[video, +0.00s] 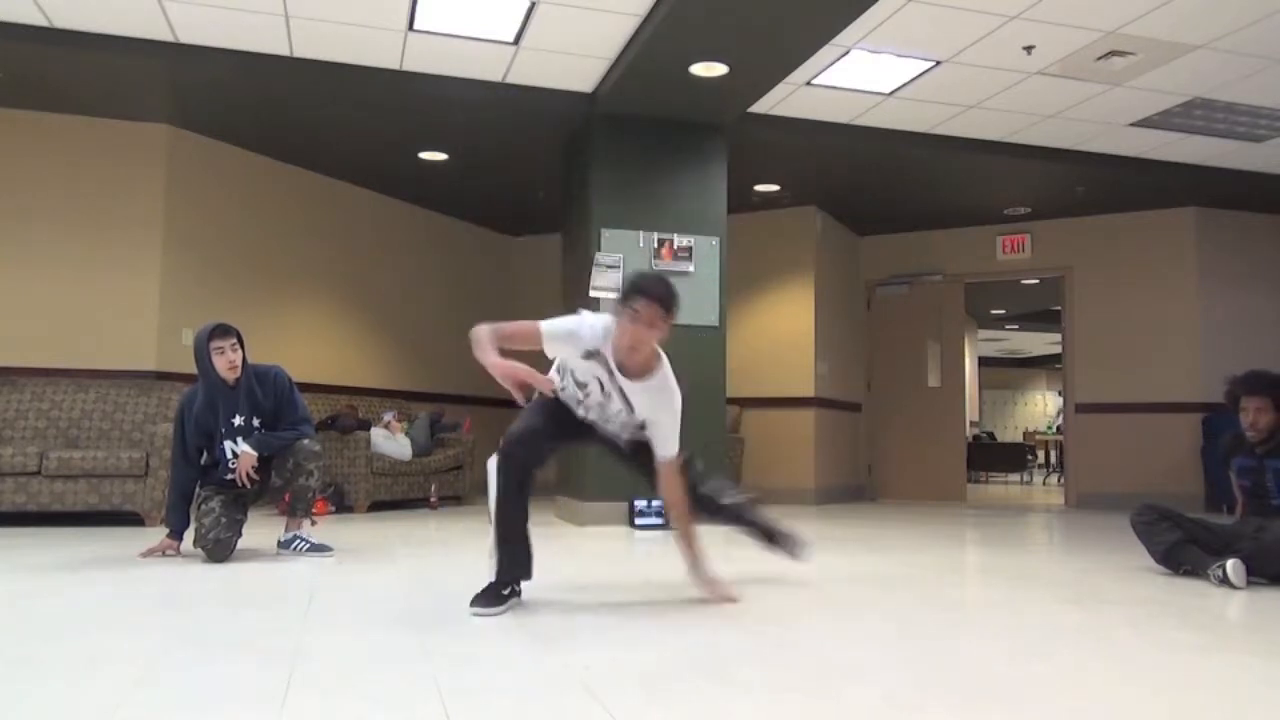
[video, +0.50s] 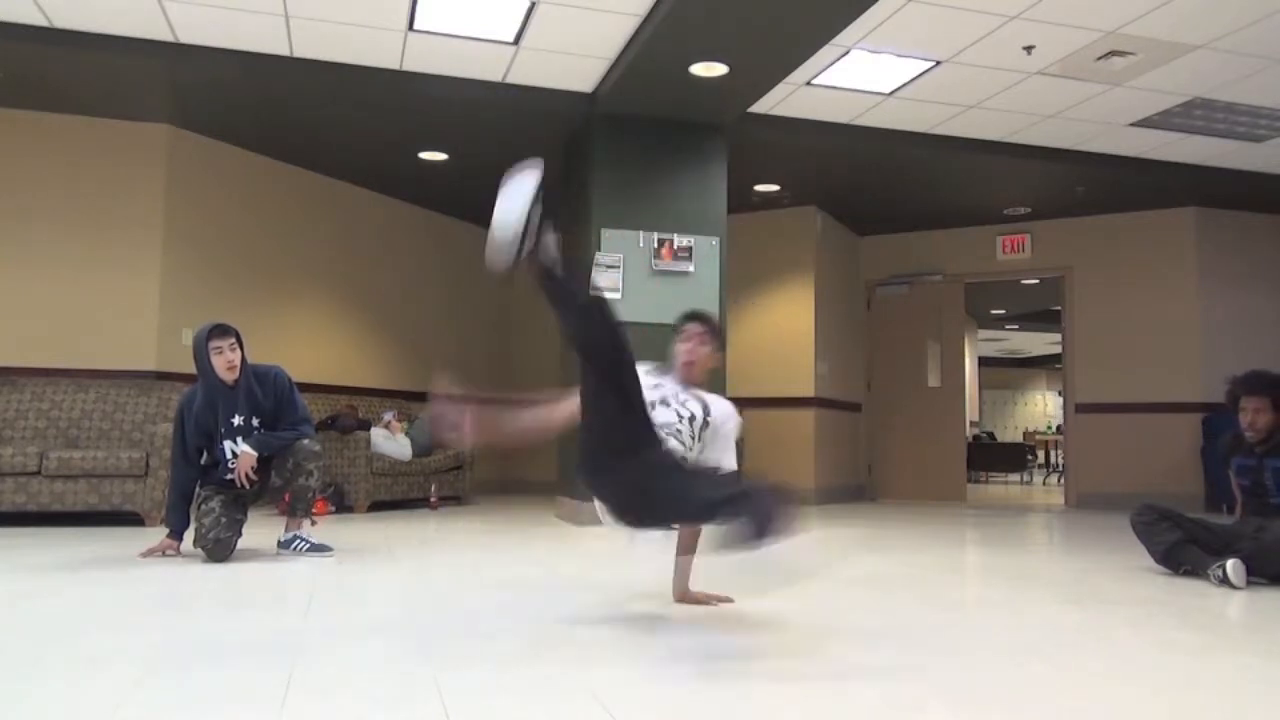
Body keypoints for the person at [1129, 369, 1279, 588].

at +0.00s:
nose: (1251, 420)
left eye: (1261, 411)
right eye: (1245, 411)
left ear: (1277, 414)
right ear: (1237, 414)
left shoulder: (1275, 452)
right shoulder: (1235, 450)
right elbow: (1242, 502)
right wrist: (1236, 533)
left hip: (1271, 535)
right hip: (1240, 533)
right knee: (1145, 514)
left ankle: (1197, 562)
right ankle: (1210, 566)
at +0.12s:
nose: (1251, 420)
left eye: (1261, 411)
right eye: (1245, 411)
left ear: (1277, 414)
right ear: (1237, 414)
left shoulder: (1275, 451)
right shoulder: (1235, 449)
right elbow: (1242, 502)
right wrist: (1236, 533)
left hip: (1271, 535)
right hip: (1240, 533)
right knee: (1145, 514)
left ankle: (1197, 562)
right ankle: (1210, 566)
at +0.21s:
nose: (1251, 420)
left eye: (1261, 411)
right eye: (1245, 411)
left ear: (1277, 414)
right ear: (1237, 414)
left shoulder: (1275, 452)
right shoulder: (1235, 450)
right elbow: (1242, 502)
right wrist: (1236, 533)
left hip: (1271, 535)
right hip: (1240, 533)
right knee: (1145, 514)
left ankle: (1197, 562)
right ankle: (1210, 566)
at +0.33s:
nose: (1250, 420)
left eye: (1260, 412)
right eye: (1244, 411)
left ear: (1277, 414)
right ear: (1237, 414)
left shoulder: (1275, 452)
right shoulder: (1235, 450)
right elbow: (1242, 502)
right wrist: (1236, 532)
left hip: (1270, 535)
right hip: (1239, 533)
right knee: (1144, 514)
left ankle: (1197, 562)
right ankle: (1210, 566)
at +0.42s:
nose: (1249, 420)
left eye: (1260, 412)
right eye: (1244, 411)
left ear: (1276, 415)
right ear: (1236, 414)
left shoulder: (1275, 452)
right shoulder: (1234, 450)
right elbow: (1242, 502)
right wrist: (1236, 532)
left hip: (1270, 535)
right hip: (1239, 533)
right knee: (1144, 514)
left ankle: (1198, 562)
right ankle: (1210, 566)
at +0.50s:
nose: (1249, 420)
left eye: (1260, 412)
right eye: (1244, 411)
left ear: (1276, 415)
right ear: (1236, 414)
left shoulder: (1275, 451)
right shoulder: (1234, 450)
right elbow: (1241, 501)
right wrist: (1236, 532)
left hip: (1271, 535)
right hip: (1239, 533)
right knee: (1144, 514)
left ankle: (1197, 562)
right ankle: (1210, 566)